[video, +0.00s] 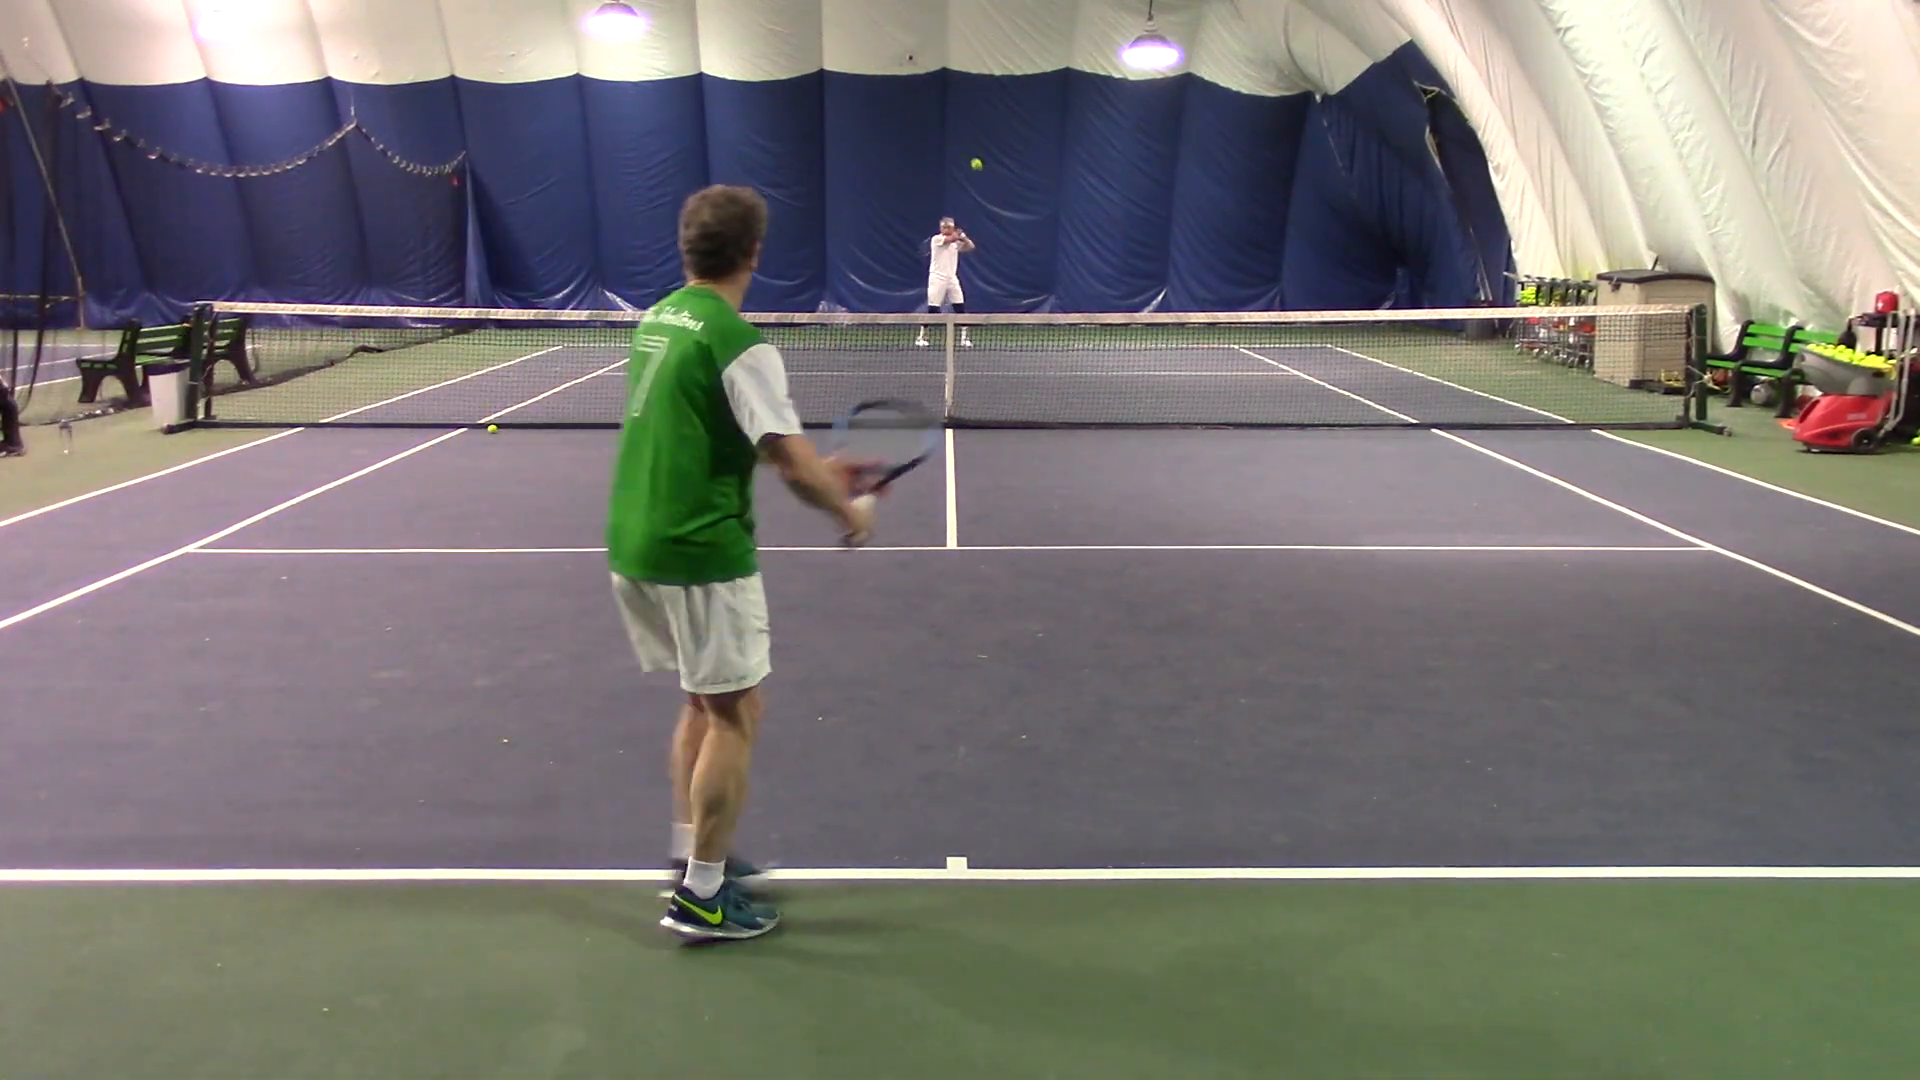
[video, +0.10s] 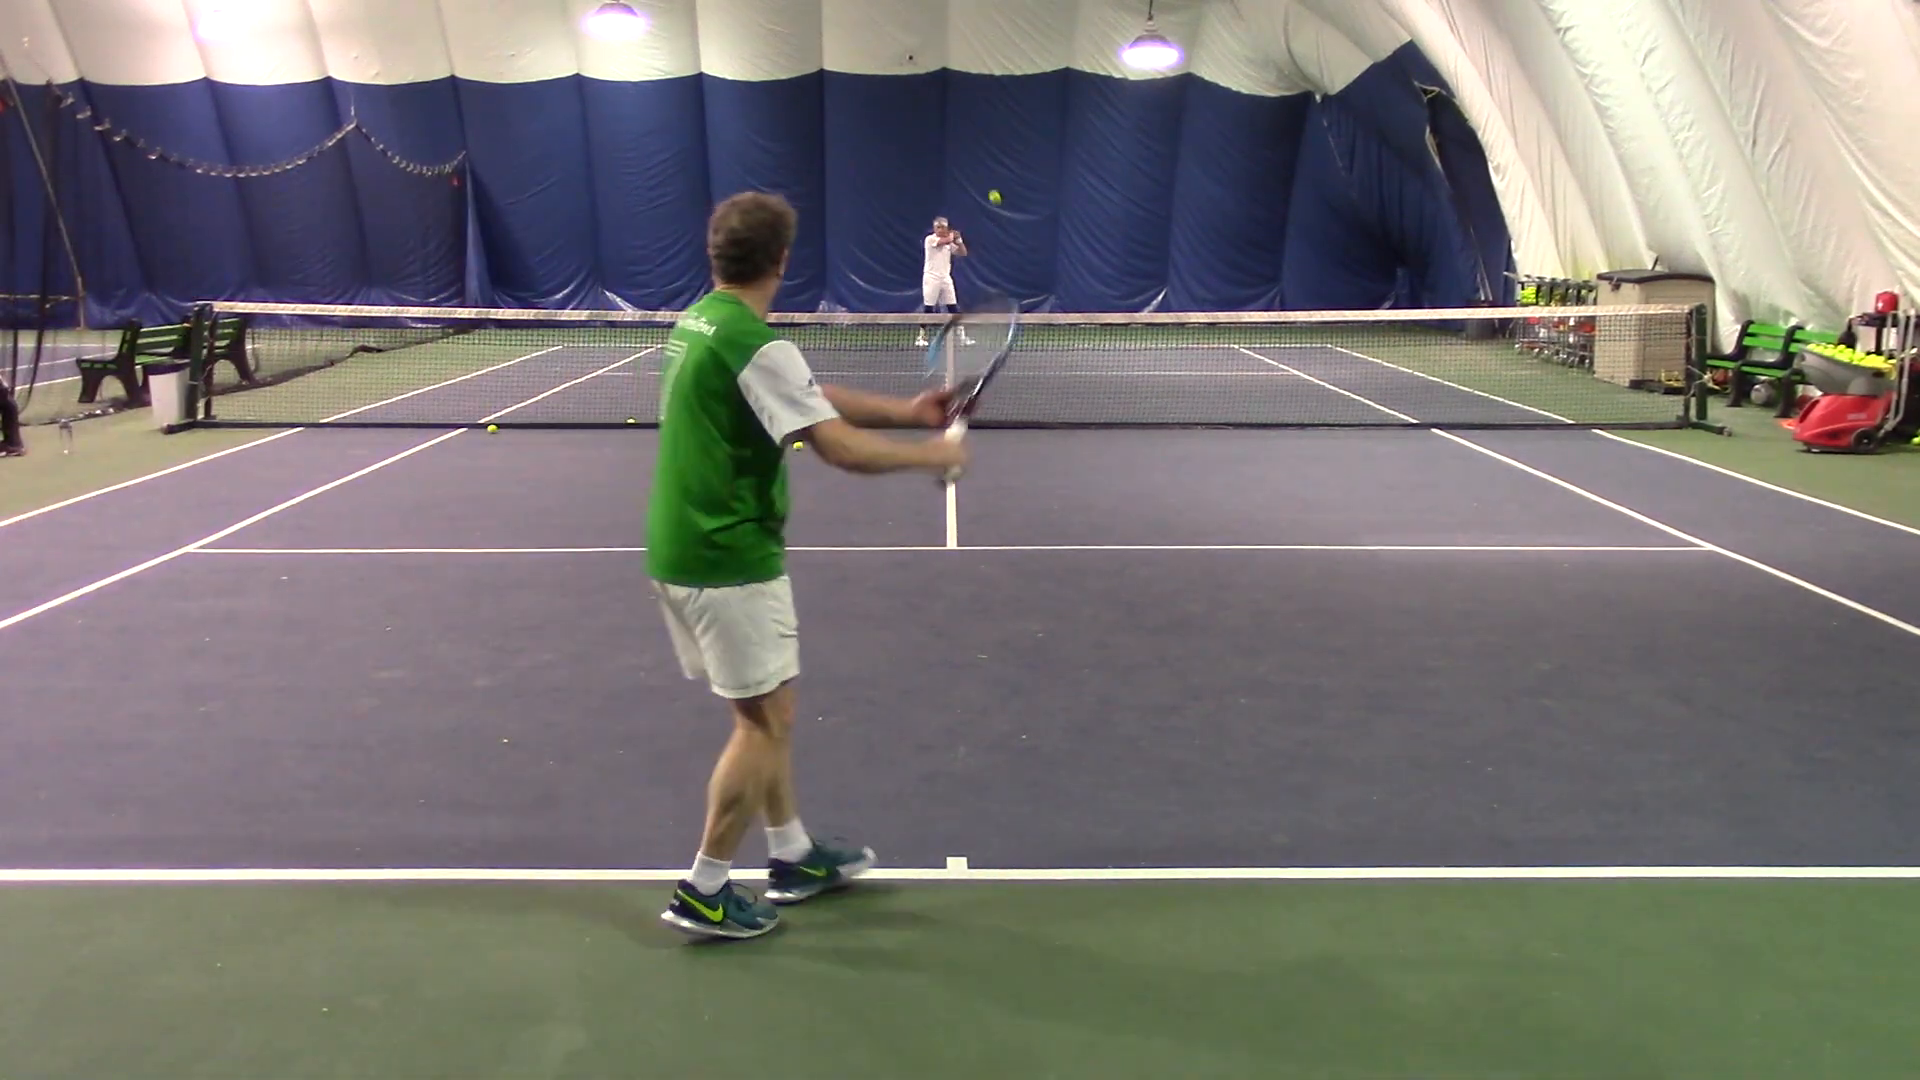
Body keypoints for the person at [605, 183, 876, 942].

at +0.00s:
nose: (763, 252)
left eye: (750, 239)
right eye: (762, 242)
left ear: (687, 250)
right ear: (753, 254)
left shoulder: (657, 322)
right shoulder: (739, 341)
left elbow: (714, 438)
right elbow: (792, 462)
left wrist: (818, 467)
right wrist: (847, 508)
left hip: (639, 546)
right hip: (704, 555)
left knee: (704, 701)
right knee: (734, 713)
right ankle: (703, 891)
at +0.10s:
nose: (790, 259)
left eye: (783, 248)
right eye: (789, 250)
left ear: (716, 255)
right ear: (782, 260)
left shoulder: (699, 323)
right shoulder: (758, 345)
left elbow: (807, 397)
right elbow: (838, 448)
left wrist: (908, 409)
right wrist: (932, 454)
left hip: (685, 550)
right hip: (732, 561)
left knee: (765, 707)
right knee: (764, 719)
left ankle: (793, 856)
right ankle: (704, 886)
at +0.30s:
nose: (849, 267)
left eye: (845, 257)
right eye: (848, 257)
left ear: (777, 262)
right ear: (836, 266)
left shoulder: (786, 319)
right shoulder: (794, 338)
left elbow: (892, 337)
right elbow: (857, 401)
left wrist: (969, 310)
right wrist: (969, 346)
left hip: (765, 552)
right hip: (792, 559)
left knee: (826, 700)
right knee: (884, 698)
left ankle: (800, 855)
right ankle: (791, 841)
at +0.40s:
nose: (881, 267)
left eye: (877, 260)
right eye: (880, 258)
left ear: (812, 260)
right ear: (867, 265)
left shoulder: (841, 314)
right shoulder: (819, 329)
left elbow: (924, 327)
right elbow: (838, 392)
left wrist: (1000, 300)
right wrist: (945, 339)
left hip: (786, 546)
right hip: (818, 551)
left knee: (831, 702)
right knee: (908, 693)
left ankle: (800, 860)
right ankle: (881, 865)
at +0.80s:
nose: (999, 274)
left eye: (998, 264)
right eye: (998, 264)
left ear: (926, 270)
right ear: (982, 275)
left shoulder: (916, 324)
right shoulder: (935, 340)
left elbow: (1009, 347)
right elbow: (927, 409)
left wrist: (1057, 331)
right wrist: (994, 411)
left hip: (870, 553)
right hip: (928, 564)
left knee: (891, 705)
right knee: (1001, 711)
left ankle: (811, 850)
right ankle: (1003, 881)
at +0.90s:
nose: (1012, 270)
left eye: (1011, 261)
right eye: (1010, 261)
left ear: (940, 266)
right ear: (994, 268)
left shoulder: (907, 321)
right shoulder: (959, 340)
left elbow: (939, 336)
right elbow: (978, 423)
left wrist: (995, 343)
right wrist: (1069, 441)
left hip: (877, 543)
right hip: (945, 557)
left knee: (892, 696)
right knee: (1006, 710)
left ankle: (816, 845)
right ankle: (1002, 882)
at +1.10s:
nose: (997, 258)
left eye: (996, 246)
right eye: (994, 247)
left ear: (919, 248)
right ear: (973, 254)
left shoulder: (878, 306)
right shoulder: (980, 327)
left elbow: (912, 262)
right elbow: (1036, 429)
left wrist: (940, 257)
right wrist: (1095, 408)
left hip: (887, 539)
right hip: (967, 555)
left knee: (888, 690)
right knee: (999, 711)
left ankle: (839, 849)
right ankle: (1003, 881)